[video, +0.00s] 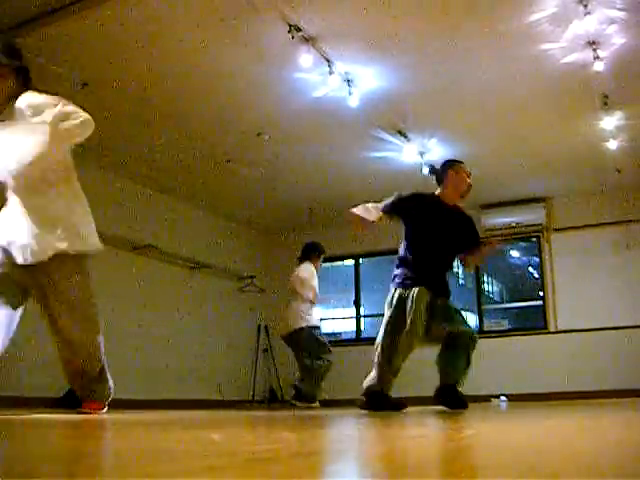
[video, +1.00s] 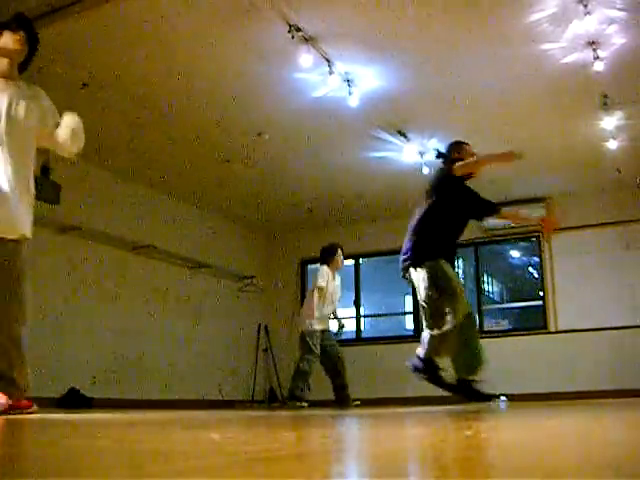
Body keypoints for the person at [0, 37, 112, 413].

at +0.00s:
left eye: (4, 75)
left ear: (17, 80)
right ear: (1, 79)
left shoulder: (35, 110)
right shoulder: (5, 129)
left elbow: (83, 123)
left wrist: (28, 104)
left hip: (57, 236)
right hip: (12, 240)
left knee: (74, 322)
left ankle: (92, 391)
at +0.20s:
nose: (4, 81)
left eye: (13, 73)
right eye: (5, 72)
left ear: (35, 79)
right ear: (7, 76)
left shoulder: (54, 111)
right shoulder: (4, 120)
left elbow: (98, 130)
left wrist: (72, 174)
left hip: (36, 237)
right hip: (3, 241)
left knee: (52, 320)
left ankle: (80, 389)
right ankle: (75, 387)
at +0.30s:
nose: (68, 69)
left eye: (68, 60)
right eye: (65, 59)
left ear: (31, 56)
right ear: (50, 57)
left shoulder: (18, 86)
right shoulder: (36, 85)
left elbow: (17, 149)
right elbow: (18, 145)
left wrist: (61, 142)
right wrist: (67, 144)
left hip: (17, 209)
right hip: (22, 210)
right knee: (56, 279)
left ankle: (49, 363)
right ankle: (49, 363)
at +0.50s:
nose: (1, 46)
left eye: (5, 38)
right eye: (5, 38)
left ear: (16, 42)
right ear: (40, 48)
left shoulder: (16, 72)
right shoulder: (63, 115)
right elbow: (77, 147)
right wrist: (62, 206)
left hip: (17, 204)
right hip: (49, 211)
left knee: (9, 295)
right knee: (13, 300)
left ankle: (5, 368)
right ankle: (4, 368)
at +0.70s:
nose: (5, 52)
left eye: (13, 50)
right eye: (3, 45)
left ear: (23, 64)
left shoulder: (38, 104)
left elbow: (82, 125)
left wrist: (17, 117)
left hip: (53, 213)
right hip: (7, 215)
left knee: (71, 293)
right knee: (7, 290)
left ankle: (45, 389)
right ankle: (8, 389)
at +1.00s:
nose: (8, 51)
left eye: (15, 47)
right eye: (4, 45)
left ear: (25, 53)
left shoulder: (33, 97)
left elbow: (55, 142)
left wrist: (68, 138)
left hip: (13, 216)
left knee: (11, 309)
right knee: (8, 308)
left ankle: (14, 390)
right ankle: (11, 390)